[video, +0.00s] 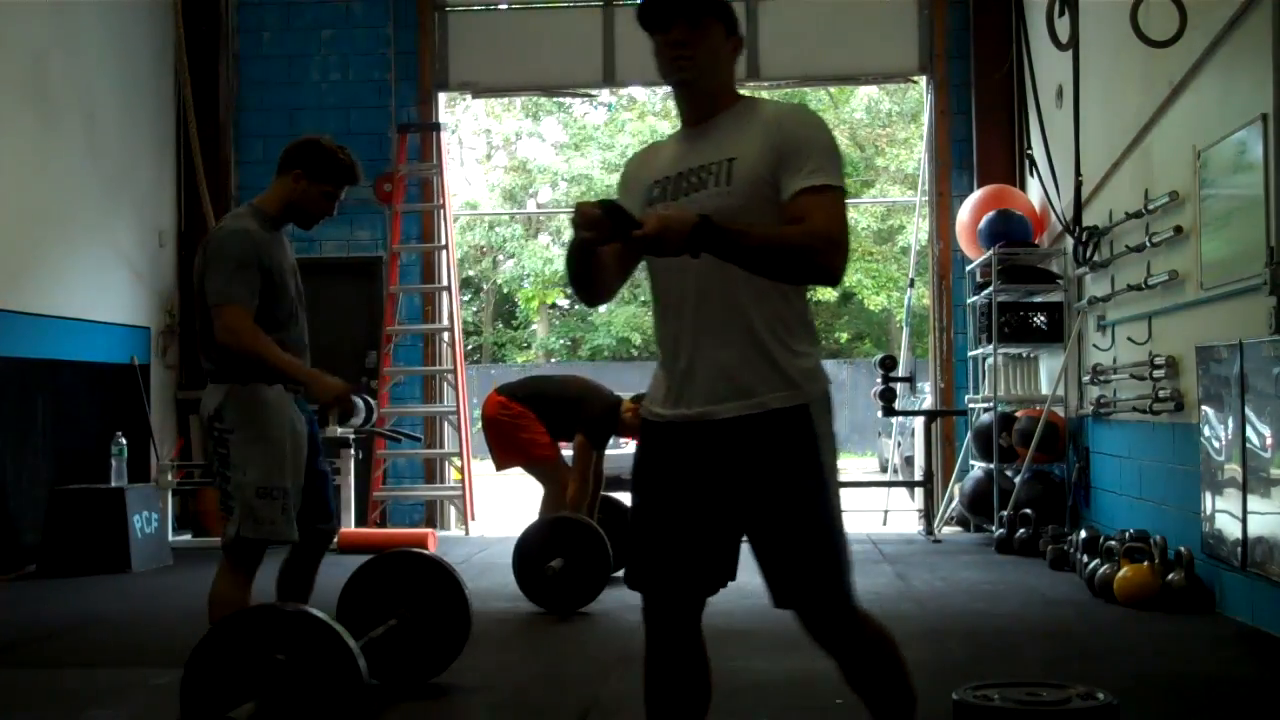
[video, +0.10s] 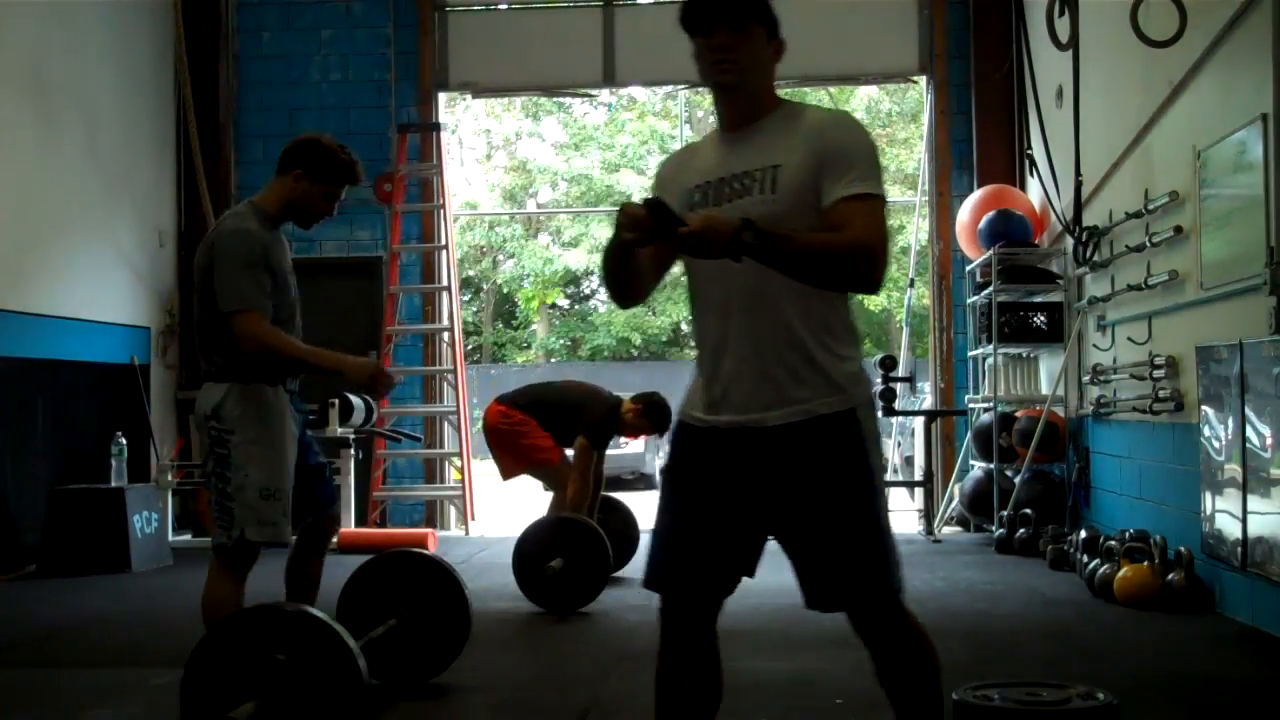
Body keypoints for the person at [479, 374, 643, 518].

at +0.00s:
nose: (631, 436)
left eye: (637, 433)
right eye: (636, 428)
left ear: (633, 409)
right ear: (633, 410)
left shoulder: (607, 414)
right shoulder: (599, 411)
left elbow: (595, 475)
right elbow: (580, 477)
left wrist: (587, 527)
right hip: (507, 408)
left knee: (560, 482)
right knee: (560, 481)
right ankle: (548, 551)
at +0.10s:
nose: (637, 437)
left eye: (643, 435)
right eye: (641, 430)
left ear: (635, 407)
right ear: (635, 409)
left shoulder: (609, 416)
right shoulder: (601, 412)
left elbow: (595, 475)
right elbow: (580, 477)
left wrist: (587, 526)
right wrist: (571, 533)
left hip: (517, 418)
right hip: (508, 417)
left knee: (570, 483)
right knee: (569, 483)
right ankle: (553, 550)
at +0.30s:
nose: (641, 436)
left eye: (647, 432)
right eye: (645, 429)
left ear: (637, 408)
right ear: (638, 410)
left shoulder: (611, 420)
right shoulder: (601, 416)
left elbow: (596, 480)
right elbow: (577, 484)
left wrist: (586, 536)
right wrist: (567, 542)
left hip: (525, 435)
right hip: (511, 434)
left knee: (590, 489)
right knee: (579, 489)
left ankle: (585, 554)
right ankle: (570, 556)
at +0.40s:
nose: (642, 436)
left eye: (647, 432)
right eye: (646, 429)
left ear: (637, 408)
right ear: (639, 410)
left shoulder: (611, 421)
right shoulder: (602, 414)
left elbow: (597, 478)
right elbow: (577, 480)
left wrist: (587, 535)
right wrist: (569, 538)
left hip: (528, 439)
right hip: (511, 437)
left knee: (592, 488)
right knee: (582, 488)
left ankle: (583, 552)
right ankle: (570, 553)